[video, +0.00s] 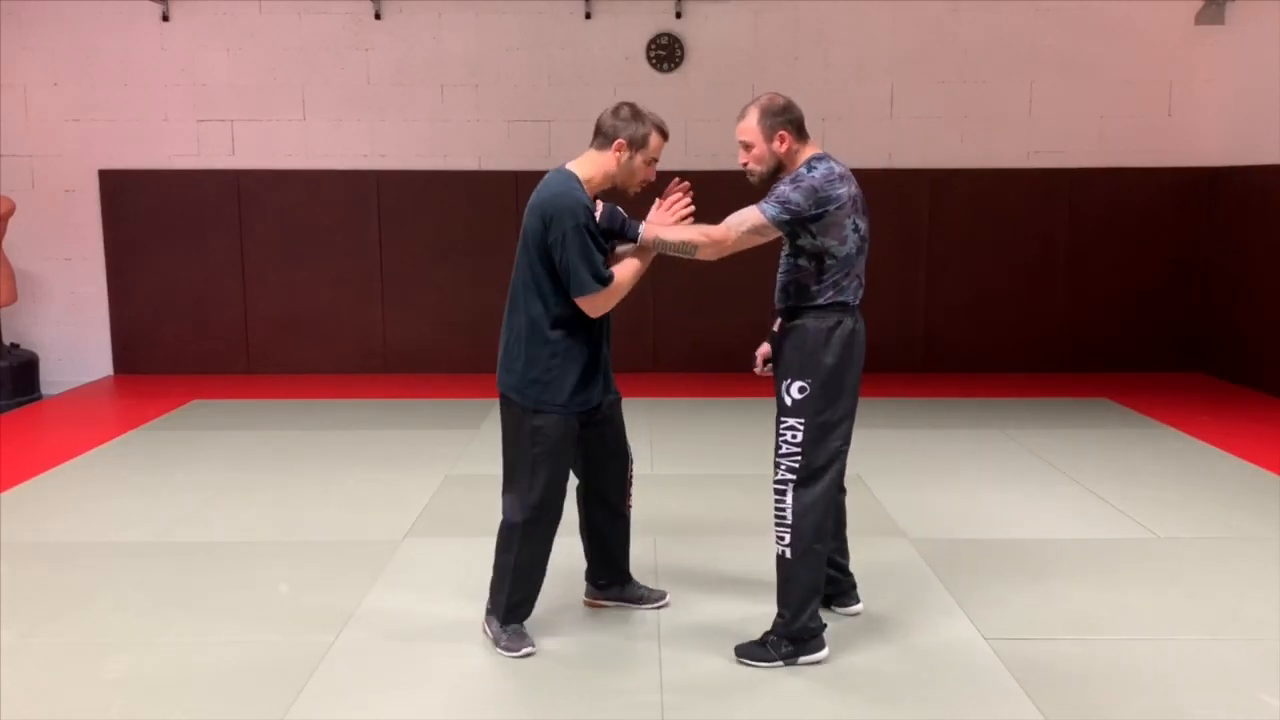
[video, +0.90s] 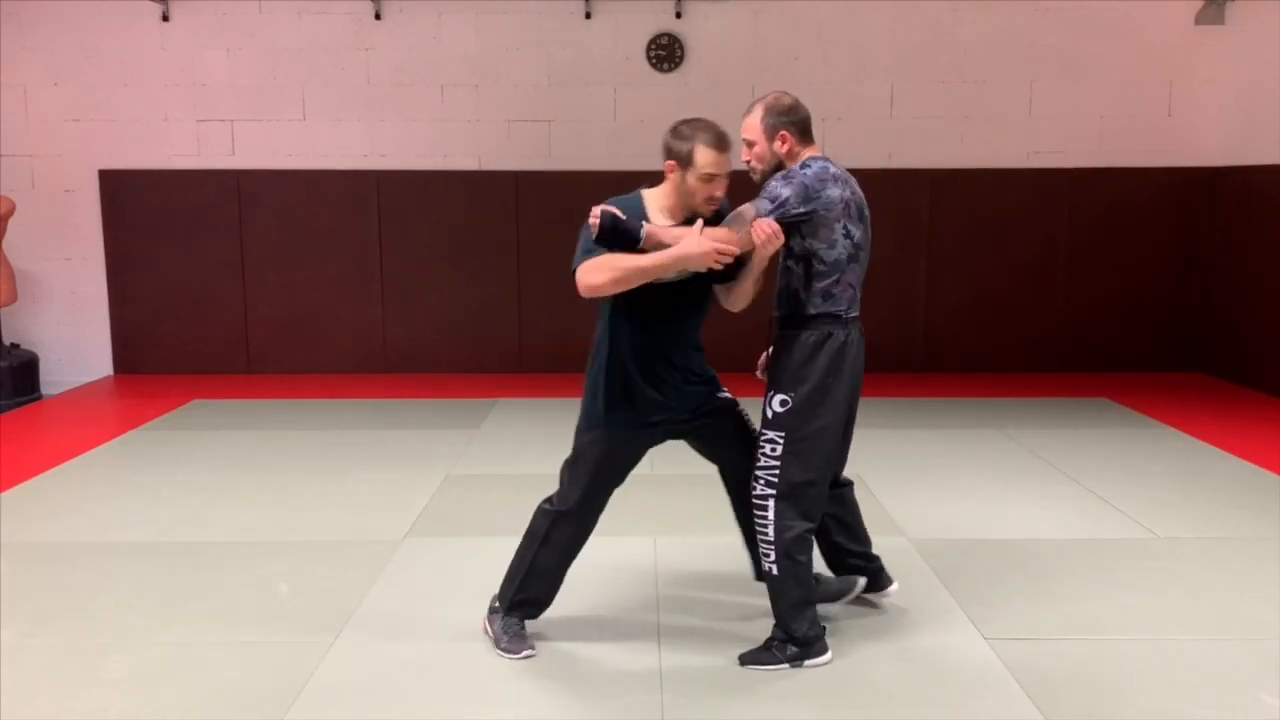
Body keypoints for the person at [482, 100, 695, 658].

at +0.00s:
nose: (651, 175)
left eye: (654, 164)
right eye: (649, 164)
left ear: (618, 151)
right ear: (620, 151)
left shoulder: (588, 194)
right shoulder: (564, 204)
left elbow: (625, 252)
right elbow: (595, 301)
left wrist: (657, 228)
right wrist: (647, 245)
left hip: (585, 372)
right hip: (541, 377)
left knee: (609, 476)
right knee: (533, 502)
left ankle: (608, 580)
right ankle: (505, 615)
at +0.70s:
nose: (642, 182)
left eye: (643, 169)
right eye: (635, 169)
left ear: (602, 165)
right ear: (597, 163)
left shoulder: (609, 216)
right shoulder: (541, 224)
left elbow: (634, 272)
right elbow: (567, 320)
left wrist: (697, 268)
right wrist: (651, 289)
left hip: (626, 377)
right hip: (569, 389)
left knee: (685, 467)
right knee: (550, 505)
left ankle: (644, 571)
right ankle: (505, 613)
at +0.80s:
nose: (670, 188)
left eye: (672, 175)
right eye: (661, 176)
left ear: (629, 171)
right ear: (622, 170)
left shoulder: (656, 218)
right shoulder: (564, 228)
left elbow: (696, 285)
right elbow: (582, 311)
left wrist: (744, 252)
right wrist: (664, 266)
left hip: (654, 378)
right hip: (590, 393)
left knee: (721, 467)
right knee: (563, 507)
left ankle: (711, 580)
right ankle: (507, 614)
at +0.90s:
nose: (720, 191)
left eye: (725, 178)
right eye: (709, 178)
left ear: (727, 176)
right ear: (673, 170)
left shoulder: (714, 229)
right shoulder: (615, 217)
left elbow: (734, 300)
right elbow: (590, 280)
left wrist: (759, 260)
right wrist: (680, 257)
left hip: (693, 390)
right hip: (622, 396)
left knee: (757, 472)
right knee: (576, 504)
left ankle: (790, 579)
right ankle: (510, 610)